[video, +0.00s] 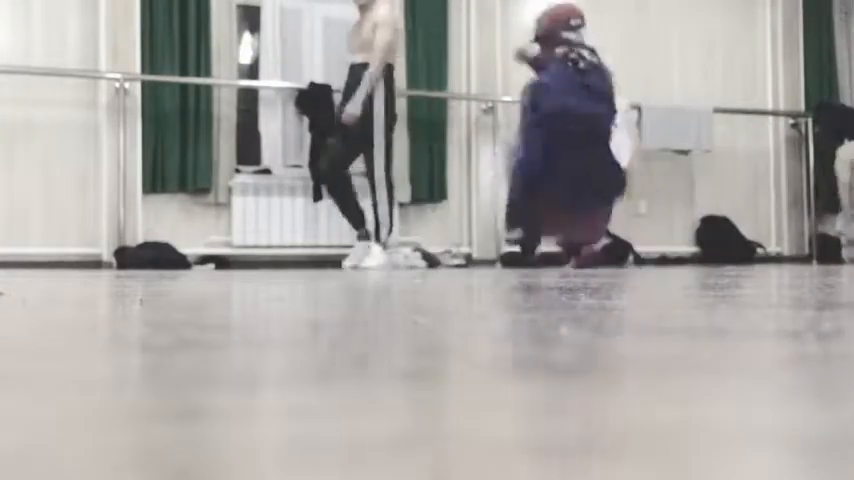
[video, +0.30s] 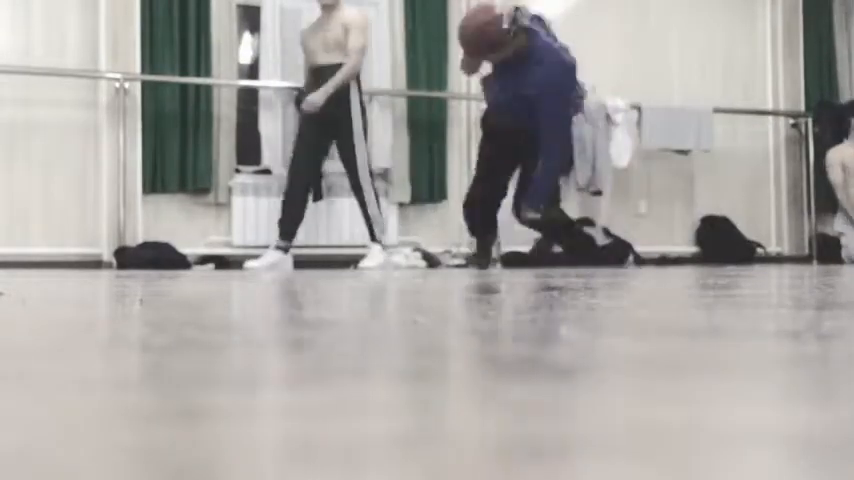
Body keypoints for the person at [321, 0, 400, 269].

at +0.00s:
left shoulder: (385, 13)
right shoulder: (363, 18)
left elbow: (379, 61)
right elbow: (359, 62)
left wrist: (358, 101)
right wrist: (344, 94)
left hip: (377, 85)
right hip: (357, 84)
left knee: (379, 169)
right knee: (332, 166)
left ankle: (381, 245)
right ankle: (363, 236)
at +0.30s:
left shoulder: (353, 19)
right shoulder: (308, 32)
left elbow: (354, 62)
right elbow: (311, 74)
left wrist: (323, 93)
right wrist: (306, 94)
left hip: (344, 91)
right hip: (316, 93)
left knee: (358, 170)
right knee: (300, 171)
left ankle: (379, 246)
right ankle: (281, 250)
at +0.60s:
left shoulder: (320, 16)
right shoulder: (263, 20)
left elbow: (335, 67)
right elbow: (249, 69)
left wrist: (347, 114)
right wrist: (231, 109)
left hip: (315, 88)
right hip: (283, 90)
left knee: (330, 167)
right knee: (280, 171)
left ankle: (351, 243)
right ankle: (280, 249)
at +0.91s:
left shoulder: (317, 21)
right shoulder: (255, 22)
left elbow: (327, 70)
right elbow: (237, 65)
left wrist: (333, 115)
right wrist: (225, 105)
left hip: (310, 90)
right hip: (277, 91)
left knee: (320, 170)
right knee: (277, 172)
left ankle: (327, 248)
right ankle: (280, 250)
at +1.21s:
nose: (307, 3)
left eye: (309, 0)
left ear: (314, 2)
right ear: (291, 1)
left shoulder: (327, 31)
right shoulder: (271, 30)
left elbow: (335, 77)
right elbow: (266, 78)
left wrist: (337, 120)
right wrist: (274, 116)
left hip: (319, 94)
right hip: (285, 94)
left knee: (317, 177)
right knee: (277, 176)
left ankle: (318, 249)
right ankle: (279, 249)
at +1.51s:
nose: (321, 4)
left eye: (325, 1)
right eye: (317, 0)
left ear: (328, 4)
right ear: (306, 1)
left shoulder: (336, 34)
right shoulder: (285, 31)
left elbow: (342, 81)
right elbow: (277, 79)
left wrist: (344, 123)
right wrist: (286, 120)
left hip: (326, 95)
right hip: (295, 93)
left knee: (323, 179)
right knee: (286, 179)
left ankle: (318, 250)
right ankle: (269, 248)